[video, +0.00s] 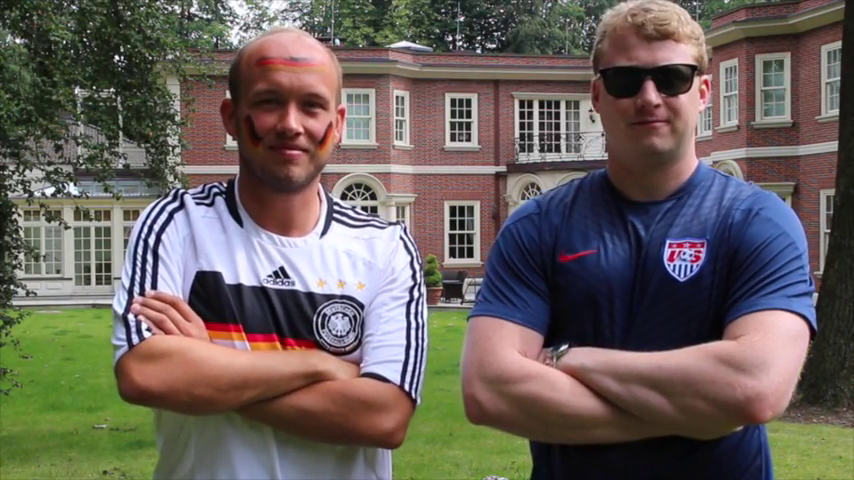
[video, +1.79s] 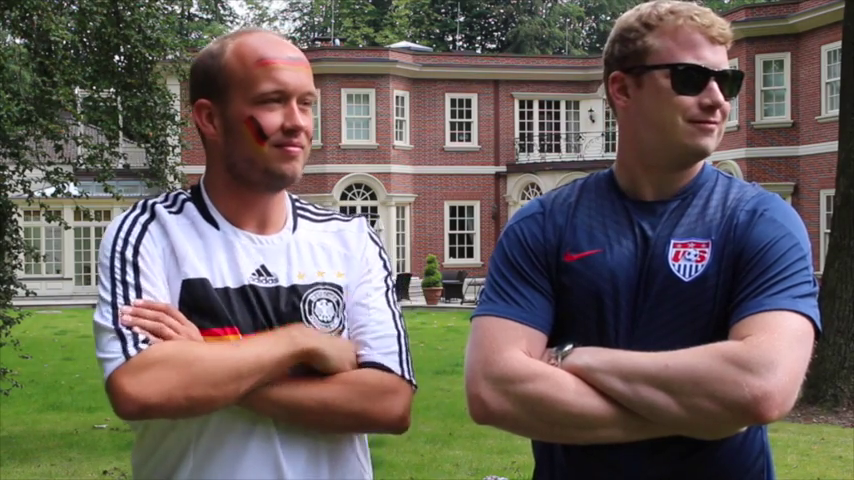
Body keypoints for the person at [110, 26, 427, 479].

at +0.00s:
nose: (291, 124)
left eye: (312, 105)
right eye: (269, 102)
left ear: (337, 124)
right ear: (231, 117)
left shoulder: (386, 248)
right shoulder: (173, 223)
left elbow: (386, 420)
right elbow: (140, 374)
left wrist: (212, 372)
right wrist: (321, 365)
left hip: (341, 475)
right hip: (202, 473)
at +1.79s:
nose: (297, 122)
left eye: (306, 103)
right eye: (271, 101)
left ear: (314, 112)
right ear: (208, 119)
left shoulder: (350, 240)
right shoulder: (143, 232)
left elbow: (389, 404)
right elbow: (134, 389)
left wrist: (213, 370)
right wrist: (299, 340)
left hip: (332, 473)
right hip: (192, 473)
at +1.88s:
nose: (294, 115)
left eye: (301, 98)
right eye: (269, 95)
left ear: (309, 109)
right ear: (204, 117)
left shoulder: (348, 240)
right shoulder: (140, 232)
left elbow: (403, 406)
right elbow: (125, 388)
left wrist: (248, 361)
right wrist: (289, 304)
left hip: (330, 474)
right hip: (191, 472)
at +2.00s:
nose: (288, 122)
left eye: (295, 103)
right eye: (263, 100)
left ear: (304, 110)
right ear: (197, 119)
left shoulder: (339, 242)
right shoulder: (136, 239)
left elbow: (405, 411)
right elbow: (169, 407)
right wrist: (342, 322)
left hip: (323, 475)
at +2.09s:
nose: (284, 132)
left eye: (290, 111)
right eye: (259, 111)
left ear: (298, 119)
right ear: (191, 128)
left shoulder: (329, 243)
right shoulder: (141, 256)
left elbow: (366, 383)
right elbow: (230, 414)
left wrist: (386, 421)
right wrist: (412, 404)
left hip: (316, 470)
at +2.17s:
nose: (283, 150)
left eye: (287, 129)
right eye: (256, 131)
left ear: (295, 132)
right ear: (188, 152)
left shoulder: (316, 252)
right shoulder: (158, 284)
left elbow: (362, 403)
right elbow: (299, 425)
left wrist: (459, 458)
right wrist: (495, 458)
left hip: (318, 472)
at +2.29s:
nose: (291, 180)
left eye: (296, 158)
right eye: (265, 159)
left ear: (303, 161)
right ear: (196, 176)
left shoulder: (299, 268)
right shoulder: (163, 308)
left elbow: (348, 416)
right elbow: (304, 450)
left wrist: (447, 475)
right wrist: (517, 461)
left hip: (262, 466)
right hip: (148, 467)